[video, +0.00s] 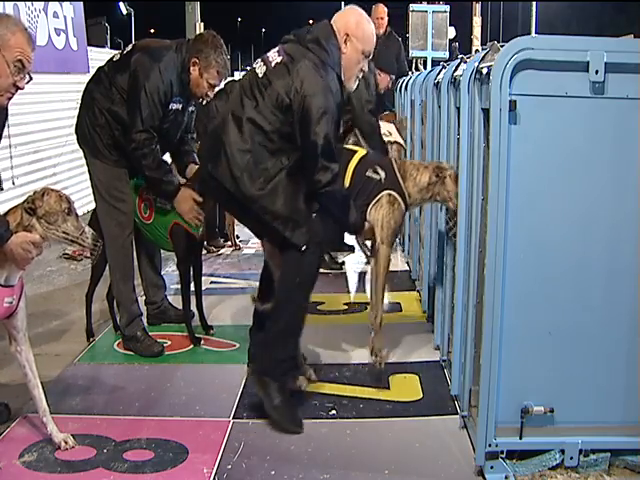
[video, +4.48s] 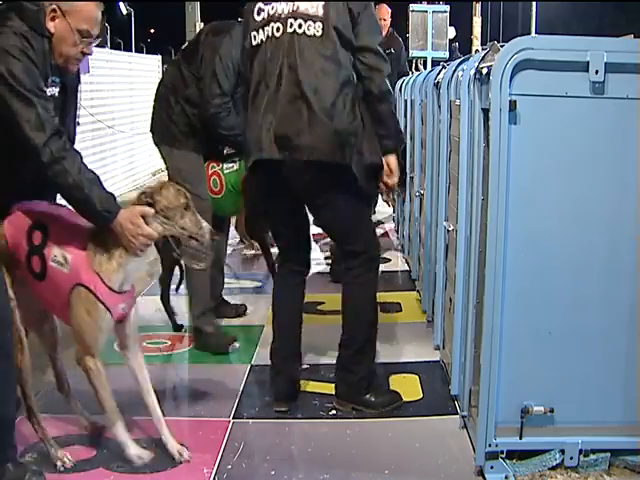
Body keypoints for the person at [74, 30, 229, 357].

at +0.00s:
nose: (211, 93)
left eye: (216, 87)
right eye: (210, 85)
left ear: (197, 65)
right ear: (193, 66)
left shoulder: (189, 78)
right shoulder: (155, 72)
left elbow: (183, 133)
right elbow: (140, 140)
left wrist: (190, 166)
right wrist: (173, 189)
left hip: (139, 138)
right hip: (104, 134)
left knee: (147, 221)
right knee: (119, 224)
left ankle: (157, 305)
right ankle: (130, 325)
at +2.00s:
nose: (210, 124)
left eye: (215, 118)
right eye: (209, 116)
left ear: (196, 94)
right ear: (193, 95)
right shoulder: (157, 89)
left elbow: (181, 155)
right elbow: (136, 155)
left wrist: (185, 188)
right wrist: (175, 195)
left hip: (137, 134)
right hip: (100, 131)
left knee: (150, 217)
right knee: (119, 222)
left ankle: (157, 305)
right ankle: (131, 326)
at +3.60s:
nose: (211, 71)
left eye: (216, 65)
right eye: (209, 63)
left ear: (199, 48)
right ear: (190, 47)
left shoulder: (192, 66)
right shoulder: (149, 58)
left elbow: (188, 121)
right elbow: (140, 129)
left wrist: (194, 147)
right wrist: (182, 151)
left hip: (153, 141)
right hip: (113, 139)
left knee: (169, 213)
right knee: (136, 216)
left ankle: (164, 297)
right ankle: (131, 322)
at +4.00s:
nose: (240, 71)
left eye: (245, 65)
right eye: (238, 63)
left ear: (230, 50)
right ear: (220, 46)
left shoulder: (221, 70)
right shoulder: (182, 54)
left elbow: (216, 122)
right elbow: (169, 120)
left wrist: (223, 145)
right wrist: (208, 149)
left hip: (183, 144)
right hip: (142, 139)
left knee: (199, 217)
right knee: (152, 219)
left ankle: (210, 301)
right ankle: (134, 324)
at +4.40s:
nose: (272, 52)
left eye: (275, 45)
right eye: (270, 44)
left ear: (261, 39)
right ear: (256, 37)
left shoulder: (257, 56)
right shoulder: (222, 42)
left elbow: (252, 108)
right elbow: (208, 106)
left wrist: (255, 138)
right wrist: (241, 141)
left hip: (209, 134)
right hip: (173, 127)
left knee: (214, 212)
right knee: (190, 213)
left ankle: (211, 300)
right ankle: (169, 315)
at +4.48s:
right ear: (263, 23)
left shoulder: (259, 47)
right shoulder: (226, 38)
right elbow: (215, 106)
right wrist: (251, 142)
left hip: (208, 134)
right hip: (179, 129)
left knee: (217, 216)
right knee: (199, 220)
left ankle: (213, 300)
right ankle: (202, 322)